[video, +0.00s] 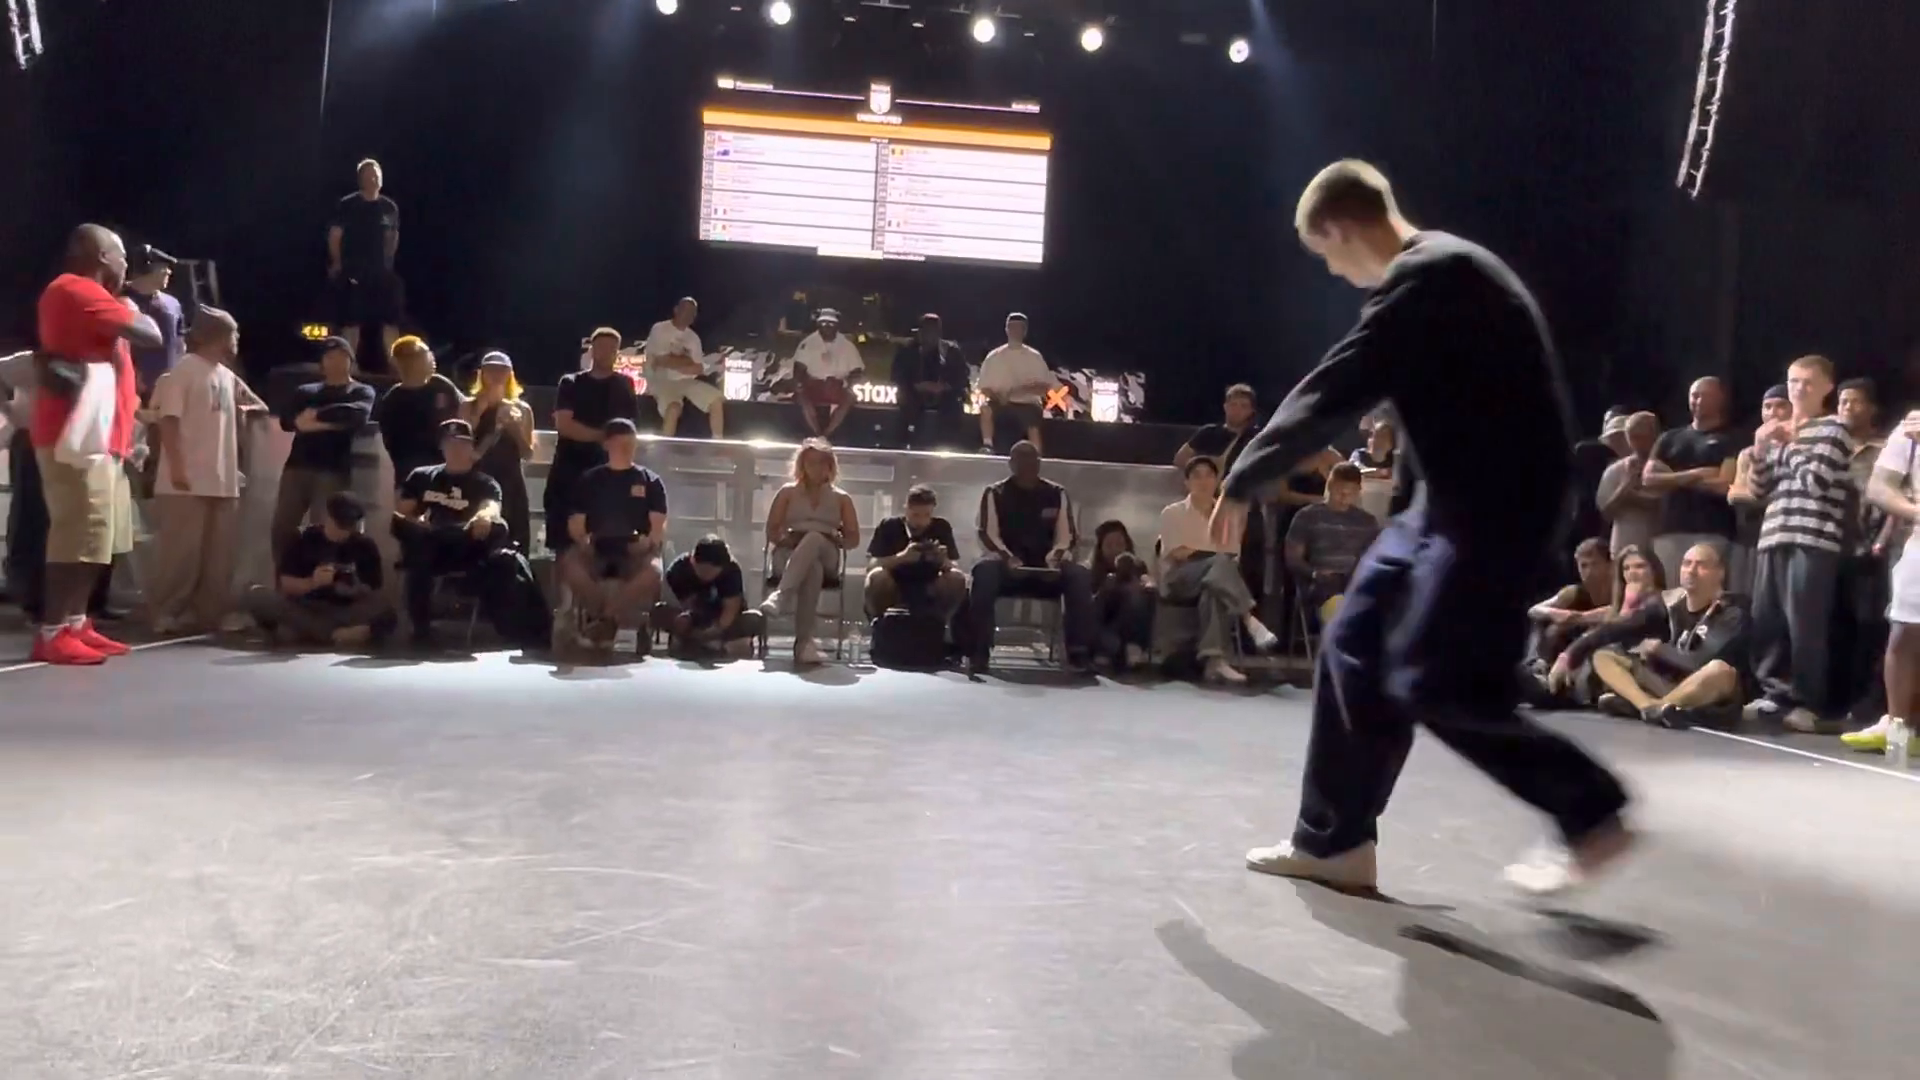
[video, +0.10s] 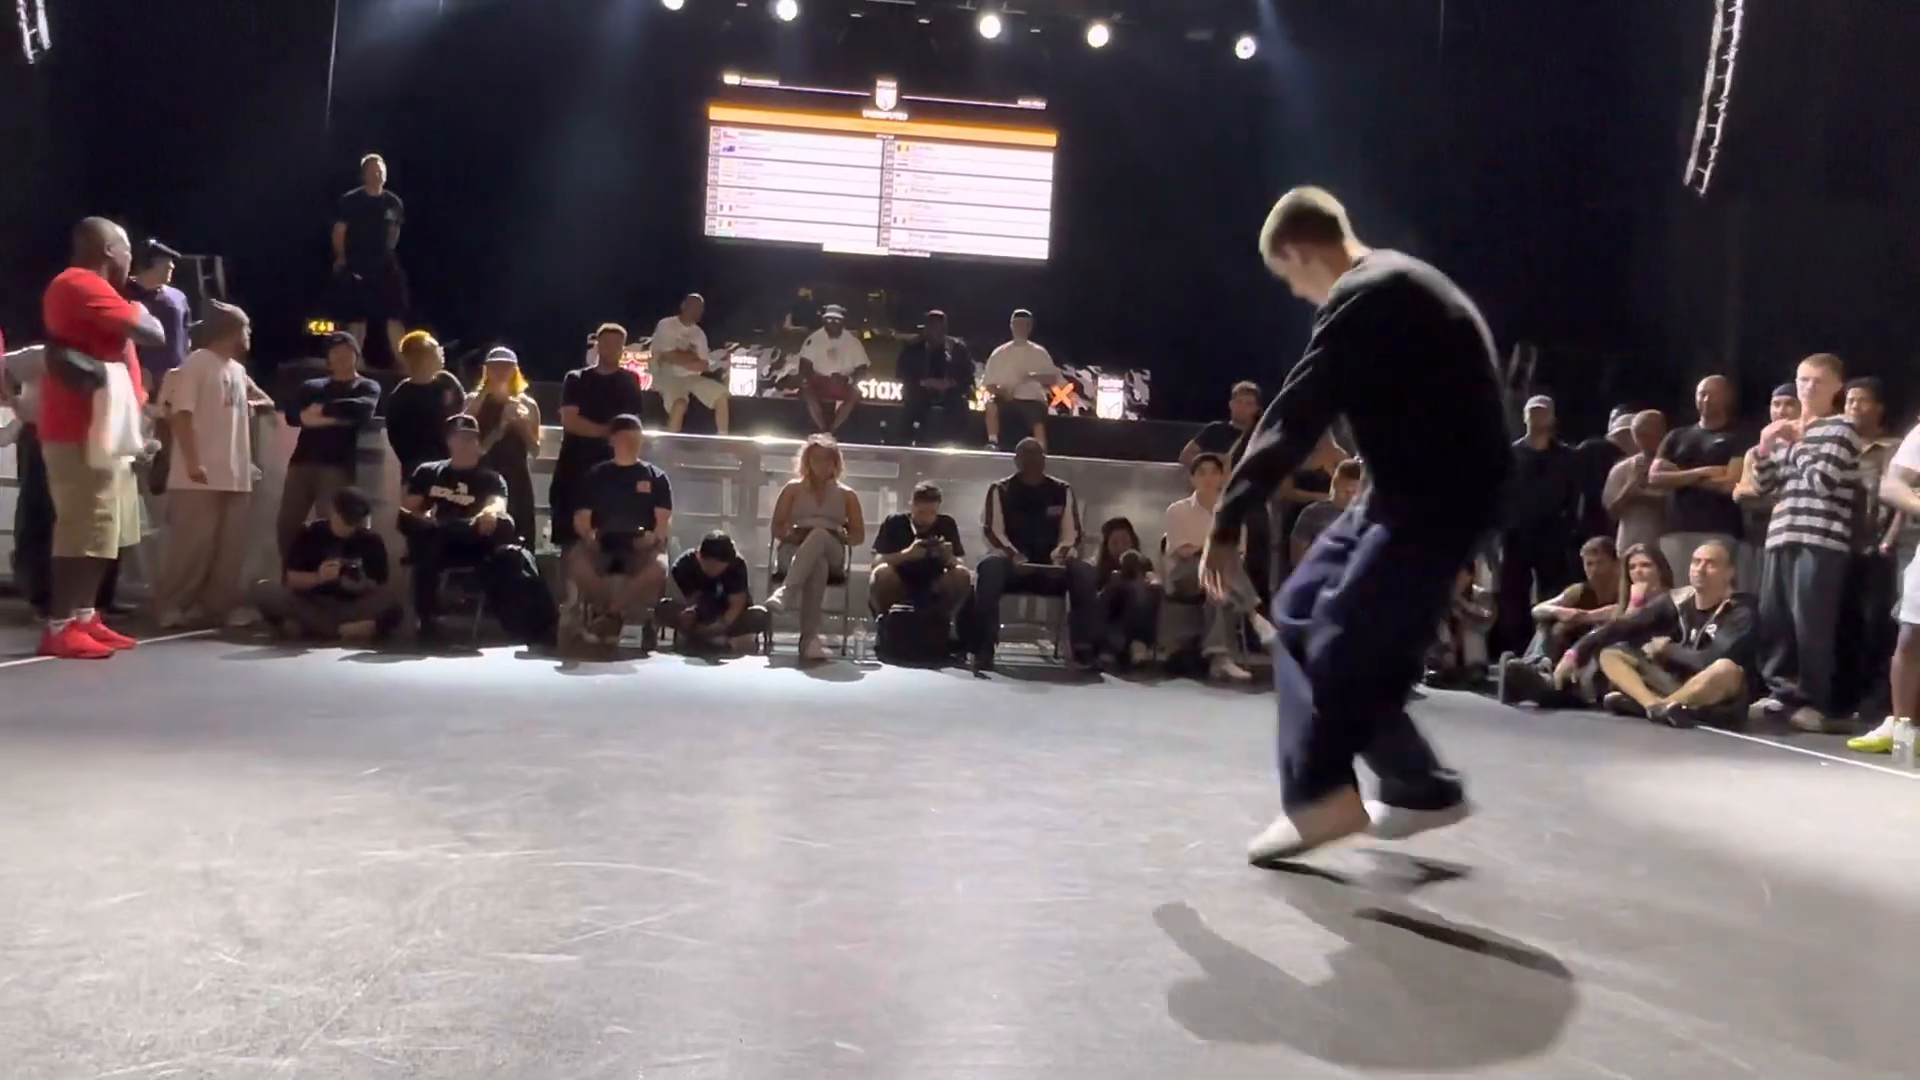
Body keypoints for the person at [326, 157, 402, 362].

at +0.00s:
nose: (373, 180)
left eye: (376, 175)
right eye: (368, 175)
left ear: (381, 179)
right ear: (360, 179)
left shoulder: (389, 207)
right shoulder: (346, 205)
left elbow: (392, 236)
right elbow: (335, 235)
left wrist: (386, 261)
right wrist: (337, 262)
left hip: (381, 272)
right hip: (352, 272)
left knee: (390, 324)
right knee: (350, 325)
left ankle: (395, 370)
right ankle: (348, 368)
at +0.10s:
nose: (377, 175)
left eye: (380, 170)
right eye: (372, 171)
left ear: (385, 174)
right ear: (364, 174)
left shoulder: (393, 202)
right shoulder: (349, 201)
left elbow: (394, 233)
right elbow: (339, 231)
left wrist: (386, 253)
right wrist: (341, 259)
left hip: (384, 265)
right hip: (356, 265)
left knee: (395, 317)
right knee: (356, 319)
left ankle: (403, 366)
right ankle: (354, 365)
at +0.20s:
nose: (381, 170)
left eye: (384, 166)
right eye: (376, 166)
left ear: (389, 169)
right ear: (367, 169)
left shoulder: (398, 198)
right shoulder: (354, 197)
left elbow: (398, 230)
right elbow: (344, 227)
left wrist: (394, 255)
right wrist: (346, 255)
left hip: (392, 262)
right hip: (363, 262)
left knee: (400, 313)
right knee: (362, 314)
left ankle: (406, 359)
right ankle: (360, 359)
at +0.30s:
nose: (386, 166)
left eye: (389, 162)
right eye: (381, 162)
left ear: (394, 165)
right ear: (372, 165)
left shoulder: (403, 193)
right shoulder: (359, 192)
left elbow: (402, 227)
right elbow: (349, 223)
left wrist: (401, 252)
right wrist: (351, 252)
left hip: (397, 258)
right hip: (368, 258)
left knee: (405, 309)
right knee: (367, 310)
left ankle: (411, 356)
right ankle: (365, 355)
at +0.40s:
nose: (392, 163)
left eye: (395, 159)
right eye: (387, 159)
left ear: (400, 162)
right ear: (378, 162)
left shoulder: (409, 189)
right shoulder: (365, 188)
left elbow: (410, 221)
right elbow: (355, 220)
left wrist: (406, 246)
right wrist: (359, 247)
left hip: (404, 254)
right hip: (375, 254)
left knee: (413, 304)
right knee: (373, 305)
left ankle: (416, 349)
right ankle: (370, 348)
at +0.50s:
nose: (399, 161)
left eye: (402, 156)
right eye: (394, 156)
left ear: (406, 159)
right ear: (385, 159)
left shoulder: (416, 187)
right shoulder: (371, 186)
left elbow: (418, 215)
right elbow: (360, 217)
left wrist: (409, 236)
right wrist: (367, 243)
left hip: (411, 251)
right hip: (382, 250)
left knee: (421, 299)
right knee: (379, 300)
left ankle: (422, 345)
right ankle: (376, 345)